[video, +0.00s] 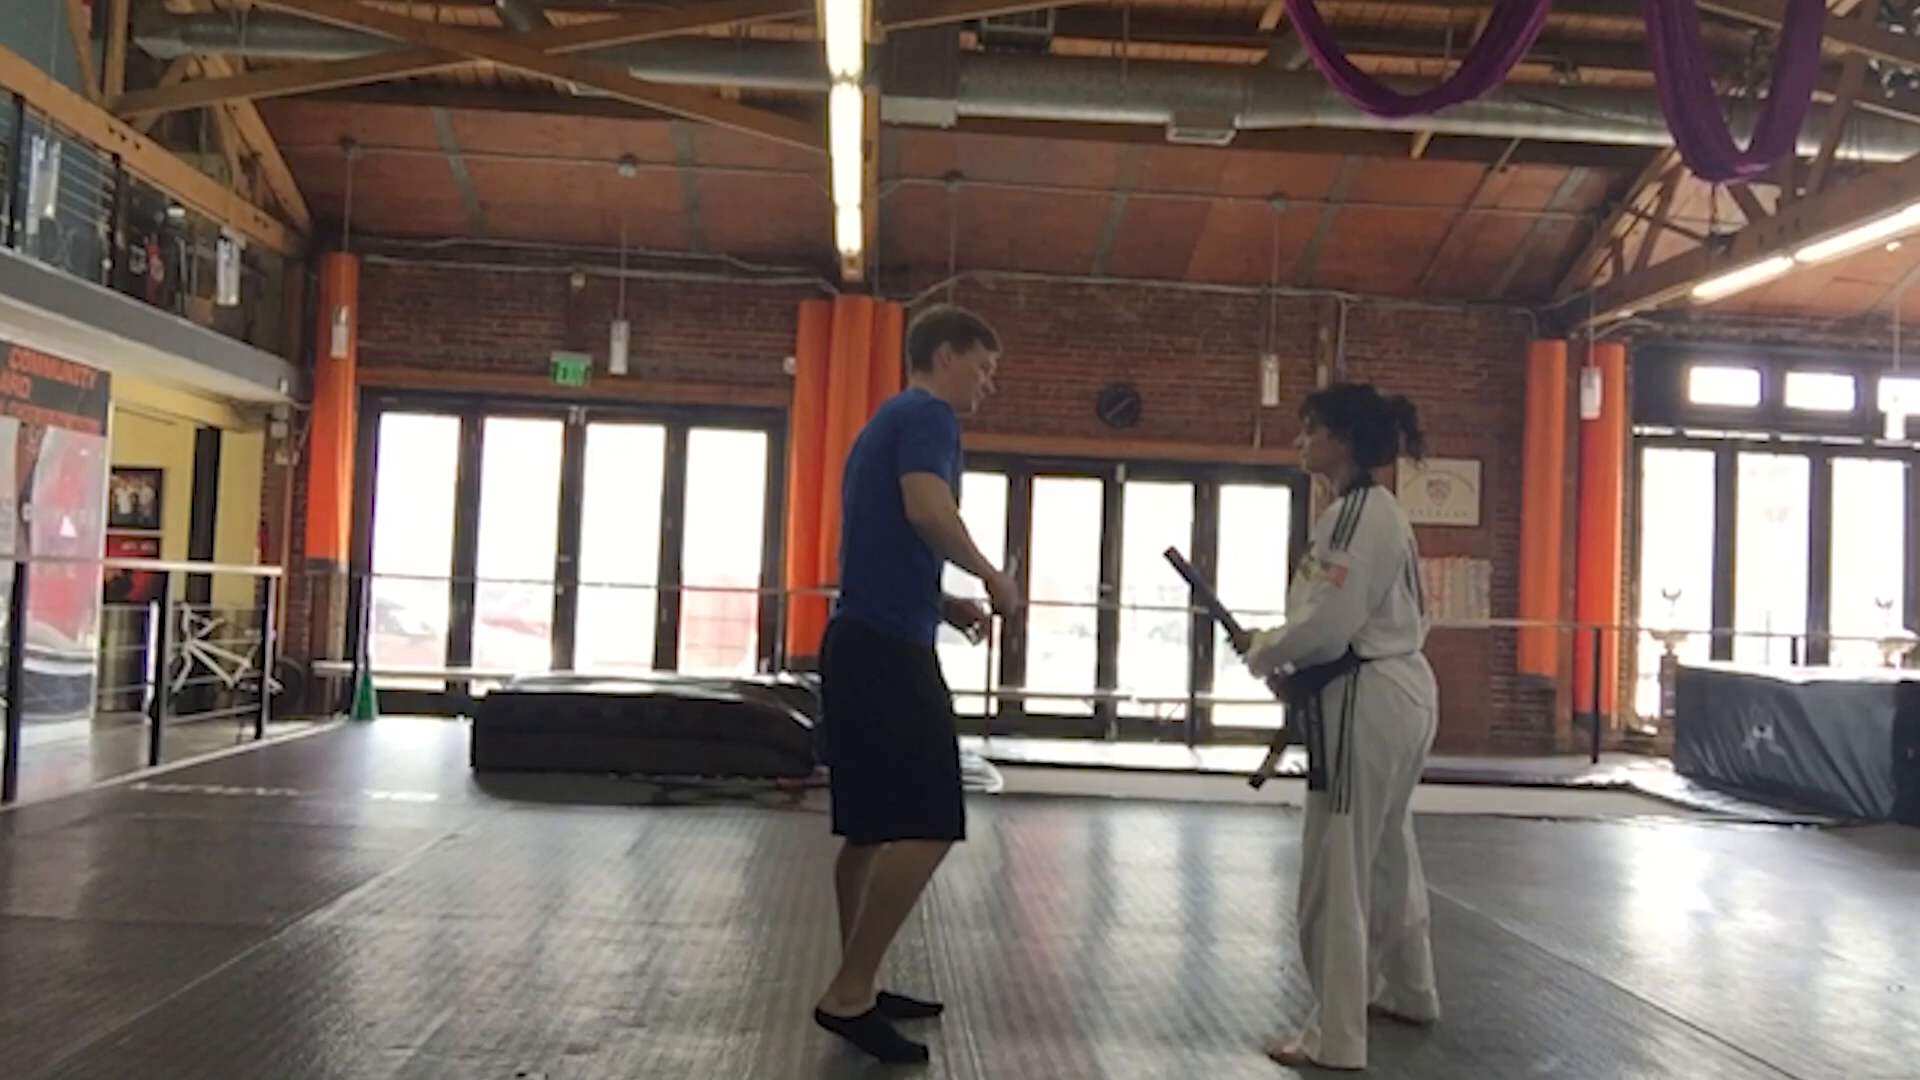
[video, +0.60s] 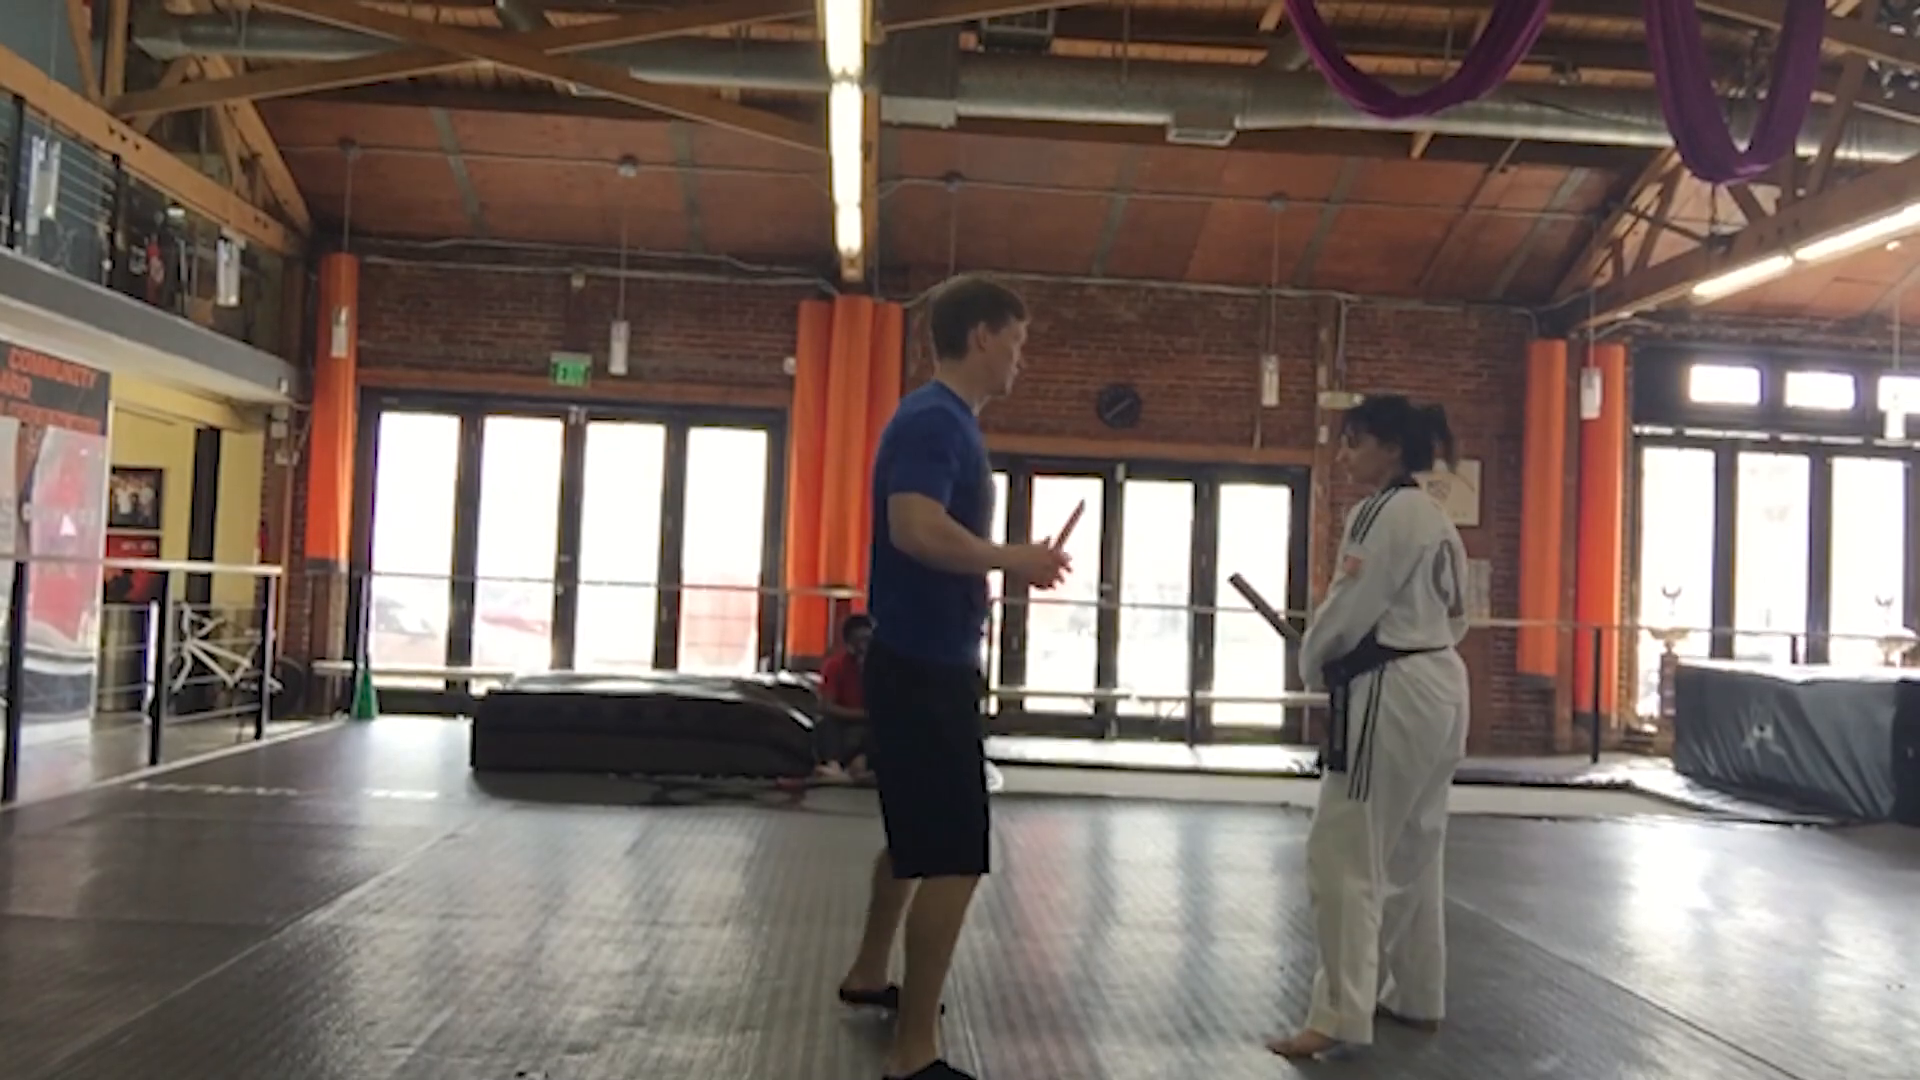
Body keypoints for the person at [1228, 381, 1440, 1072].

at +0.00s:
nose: (1301, 441)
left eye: (1313, 431)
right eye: (1303, 430)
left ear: (1348, 441)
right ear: (1350, 445)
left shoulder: (1362, 515)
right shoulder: (1366, 510)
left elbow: (1329, 625)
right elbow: (1333, 614)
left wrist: (1264, 651)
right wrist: (1280, 647)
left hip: (1365, 695)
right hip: (1395, 689)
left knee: (1333, 869)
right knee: (1388, 851)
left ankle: (1335, 1039)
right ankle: (1409, 994)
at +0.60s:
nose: (1347, 453)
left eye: (1358, 442)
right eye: (1347, 441)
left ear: (1393, 448)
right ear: (1399, 453)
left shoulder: (1392, 513)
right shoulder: (1426, 512)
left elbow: (1348, 610)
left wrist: (1311, 658)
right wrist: (1318, 620)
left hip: (1395, 687)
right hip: (1437, 684)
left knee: (1341, 851)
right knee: (1414, 851)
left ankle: (1339, 1016)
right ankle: (1417, 999)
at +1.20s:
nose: (1333, 518)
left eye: (1343, 506)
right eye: (1335, 506)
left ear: (1377, 509)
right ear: (1400, 513)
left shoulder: (1357, 551)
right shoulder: (1438, 567)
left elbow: (1254, 582)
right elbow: (1481, 650)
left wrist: (1186, 617)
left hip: (1406, 715)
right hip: (1468, 721)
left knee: (1335, 866)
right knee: (1405, 872)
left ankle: (1350, 1019)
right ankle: (1412, 1003)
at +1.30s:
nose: (1324, 531)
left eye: (1335, 519)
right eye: (1327, 518)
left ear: (1369, 526)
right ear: (1394, 532)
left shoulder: (1338, 565)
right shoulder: (1428, 585)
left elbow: (1238, 572)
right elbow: (1490, 656)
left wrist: (1179, 611)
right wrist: (1436, 699)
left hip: (1397, 734)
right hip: (1459, 739)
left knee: (1347, 887)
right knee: (1391, 880)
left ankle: (1362, 1056)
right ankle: (1414, 1001)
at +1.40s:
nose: (1314, 527)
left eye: (1324, 514)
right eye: (1316, 515)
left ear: (1361, 520)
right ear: (1373, 524)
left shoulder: (1351, 565)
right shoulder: (1398, 574)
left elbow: (1307, 593)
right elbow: (1429, 653)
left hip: (1395, 743)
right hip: (1430, 741)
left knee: (1333, 907)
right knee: (1366, 884)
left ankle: (1378, 1068)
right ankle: (1410, 999)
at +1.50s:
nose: (1303, 508)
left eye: (1315, 496)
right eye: (1303, 496)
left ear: (1357, 503)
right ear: (1328, 506)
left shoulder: (1393, 563)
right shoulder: (1327, 595)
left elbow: (1472, 618)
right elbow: (1266, 664)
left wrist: (1385, 658)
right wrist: (1190, 666)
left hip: (1410, 757)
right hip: (1356, 763)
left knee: (1335, 902)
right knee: (1308, 869)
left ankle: (1365, 1070)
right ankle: (1390, 968)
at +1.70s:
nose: (1293, 522)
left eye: (1305, 508)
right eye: (1293, 508)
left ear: (1350, 517)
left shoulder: (1424, 594)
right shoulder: (1281, 604)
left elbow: (1497, 662)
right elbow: (1213, 657)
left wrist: (1469, 696)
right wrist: (1160, 647)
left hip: (1412, 775)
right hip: (1327, 776)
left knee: (1355, 905)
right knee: (1273, 906)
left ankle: (1370, 1071)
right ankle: (1309, 1002)